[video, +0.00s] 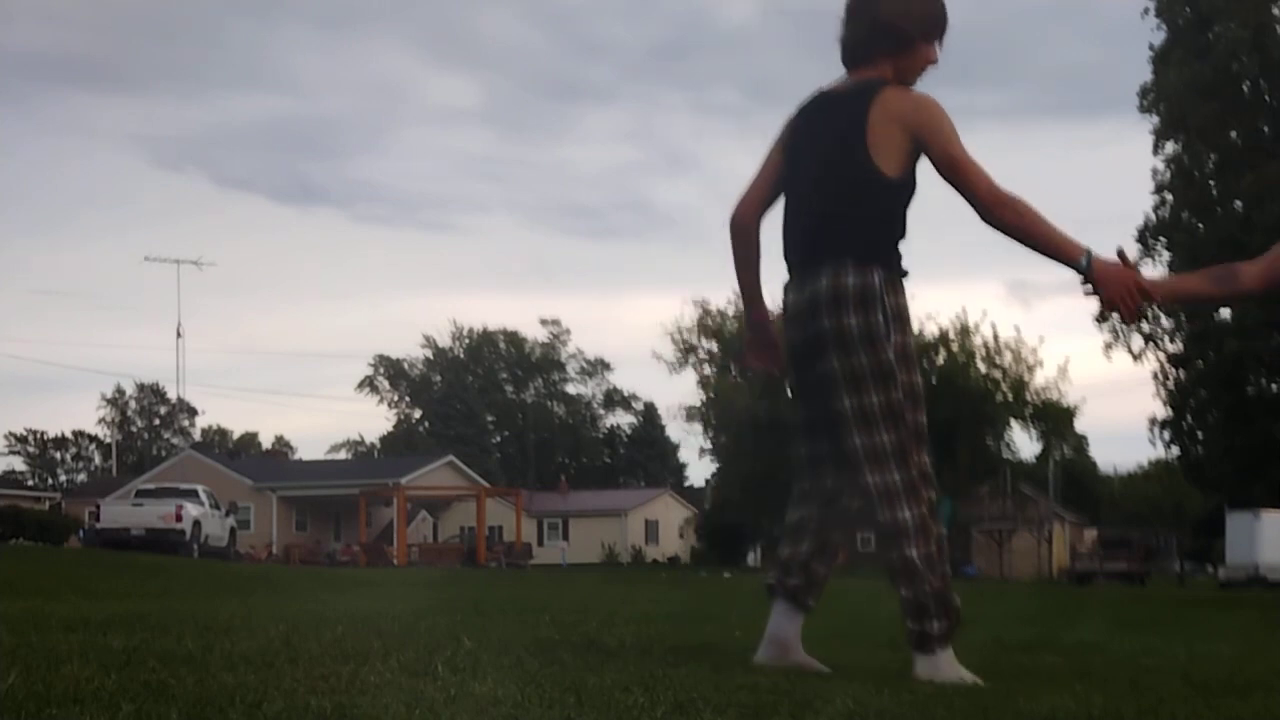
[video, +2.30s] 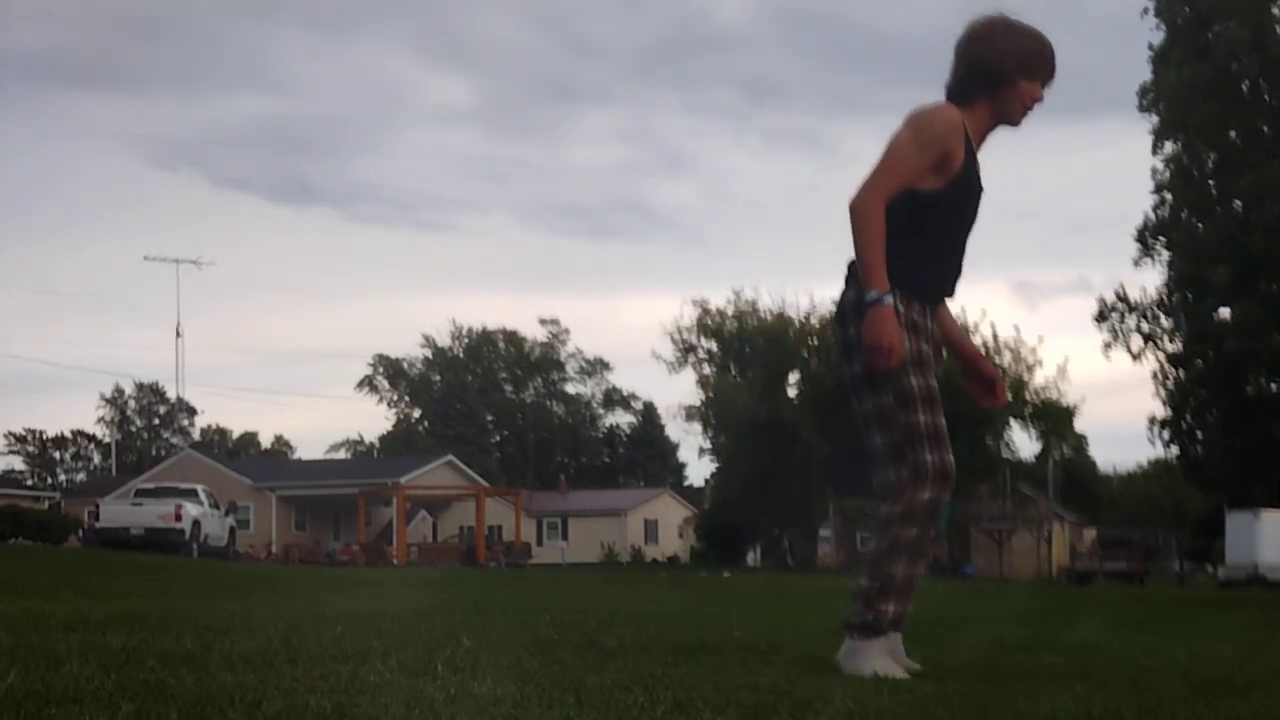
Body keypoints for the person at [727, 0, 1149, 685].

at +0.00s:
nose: (933, 59)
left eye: (934, 47)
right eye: (931, 46)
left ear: (858, 45)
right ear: (909, 44)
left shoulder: (808, 114)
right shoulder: (911, 108)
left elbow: (744, 217)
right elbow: (993, 204)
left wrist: (756, 314)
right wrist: (1090, 262)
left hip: (803, 301)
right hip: (863, 295)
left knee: (825, 469)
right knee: (902, 468)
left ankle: (782, 633)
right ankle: (932, 651)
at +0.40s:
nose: (1023, 64)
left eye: (1028, 52)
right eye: (1025, 51)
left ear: (952, 33)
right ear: (1003, 48)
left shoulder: (891, 102)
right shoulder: (987, 117)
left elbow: (827, 202)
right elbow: (1054, 228)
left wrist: (856, 284)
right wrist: (1141, 293)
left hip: (862, 291)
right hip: (917, 291)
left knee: (896, 462)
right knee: (953, 472)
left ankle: (831, 618)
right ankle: (942, 655)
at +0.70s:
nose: (1042, 60)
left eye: (1047, 48)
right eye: (1040, 45)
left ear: (972, 35)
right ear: (1009, 41)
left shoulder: (915, 107)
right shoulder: (998, 118)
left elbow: (846, 206)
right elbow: (1034, 237)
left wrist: (867, 296)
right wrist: (1113, 321)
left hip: (880, 289)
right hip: (928, 291)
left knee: (901, 462)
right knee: (953, 469)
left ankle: (886, 625)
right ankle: (943, 655)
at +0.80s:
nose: (1036, 57)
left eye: (1039, 45)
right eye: (1032, 42)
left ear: (969, 42)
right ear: (1000, 41)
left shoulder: (918, 116)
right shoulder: (985, 118)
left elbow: (852, 219)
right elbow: (988, 228)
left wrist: (876, 307)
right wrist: (1033, 335)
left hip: (883, 297)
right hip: (928, 295)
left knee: (905, 469)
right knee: (953, 474)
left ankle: (883, 630)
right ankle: (942, 655)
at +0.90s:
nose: (1021, 61)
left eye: (1022, 50)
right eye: (1016, 48)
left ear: (956, 50)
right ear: (985, 49)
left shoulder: (920, 125)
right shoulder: (966, 122)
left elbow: (860, 235)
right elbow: (939, 216)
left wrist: (886, 311)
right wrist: (939, 320)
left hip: (886, 305)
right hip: (921, 304)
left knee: (910, 477)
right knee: (951, 479)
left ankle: (883, 636)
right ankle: (941, 655)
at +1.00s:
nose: (1010, 65)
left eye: (1010, 54)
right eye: (1003, 52)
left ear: (954, 57)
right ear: (969, 55)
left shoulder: (934, 124)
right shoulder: (942, 123)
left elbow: (892, 217)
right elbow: (894, 206)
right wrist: (866, 303)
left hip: (905, 307)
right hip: (915, 309)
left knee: (912, 471)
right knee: (943, 468)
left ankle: (885, 634)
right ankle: (937, 649)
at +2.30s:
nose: (1039, 99)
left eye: (1043, 89)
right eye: (1035, 84)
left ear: (996, 82)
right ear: (998, 76)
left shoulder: (965, 158)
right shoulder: (940, 125)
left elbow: (921, 281)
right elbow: (866, 205)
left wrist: (968, 354)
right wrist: (876, 302)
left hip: (913, 321)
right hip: (887, 315)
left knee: (929, 472)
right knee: (923, 469)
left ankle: (882, 634)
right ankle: (867, 639)